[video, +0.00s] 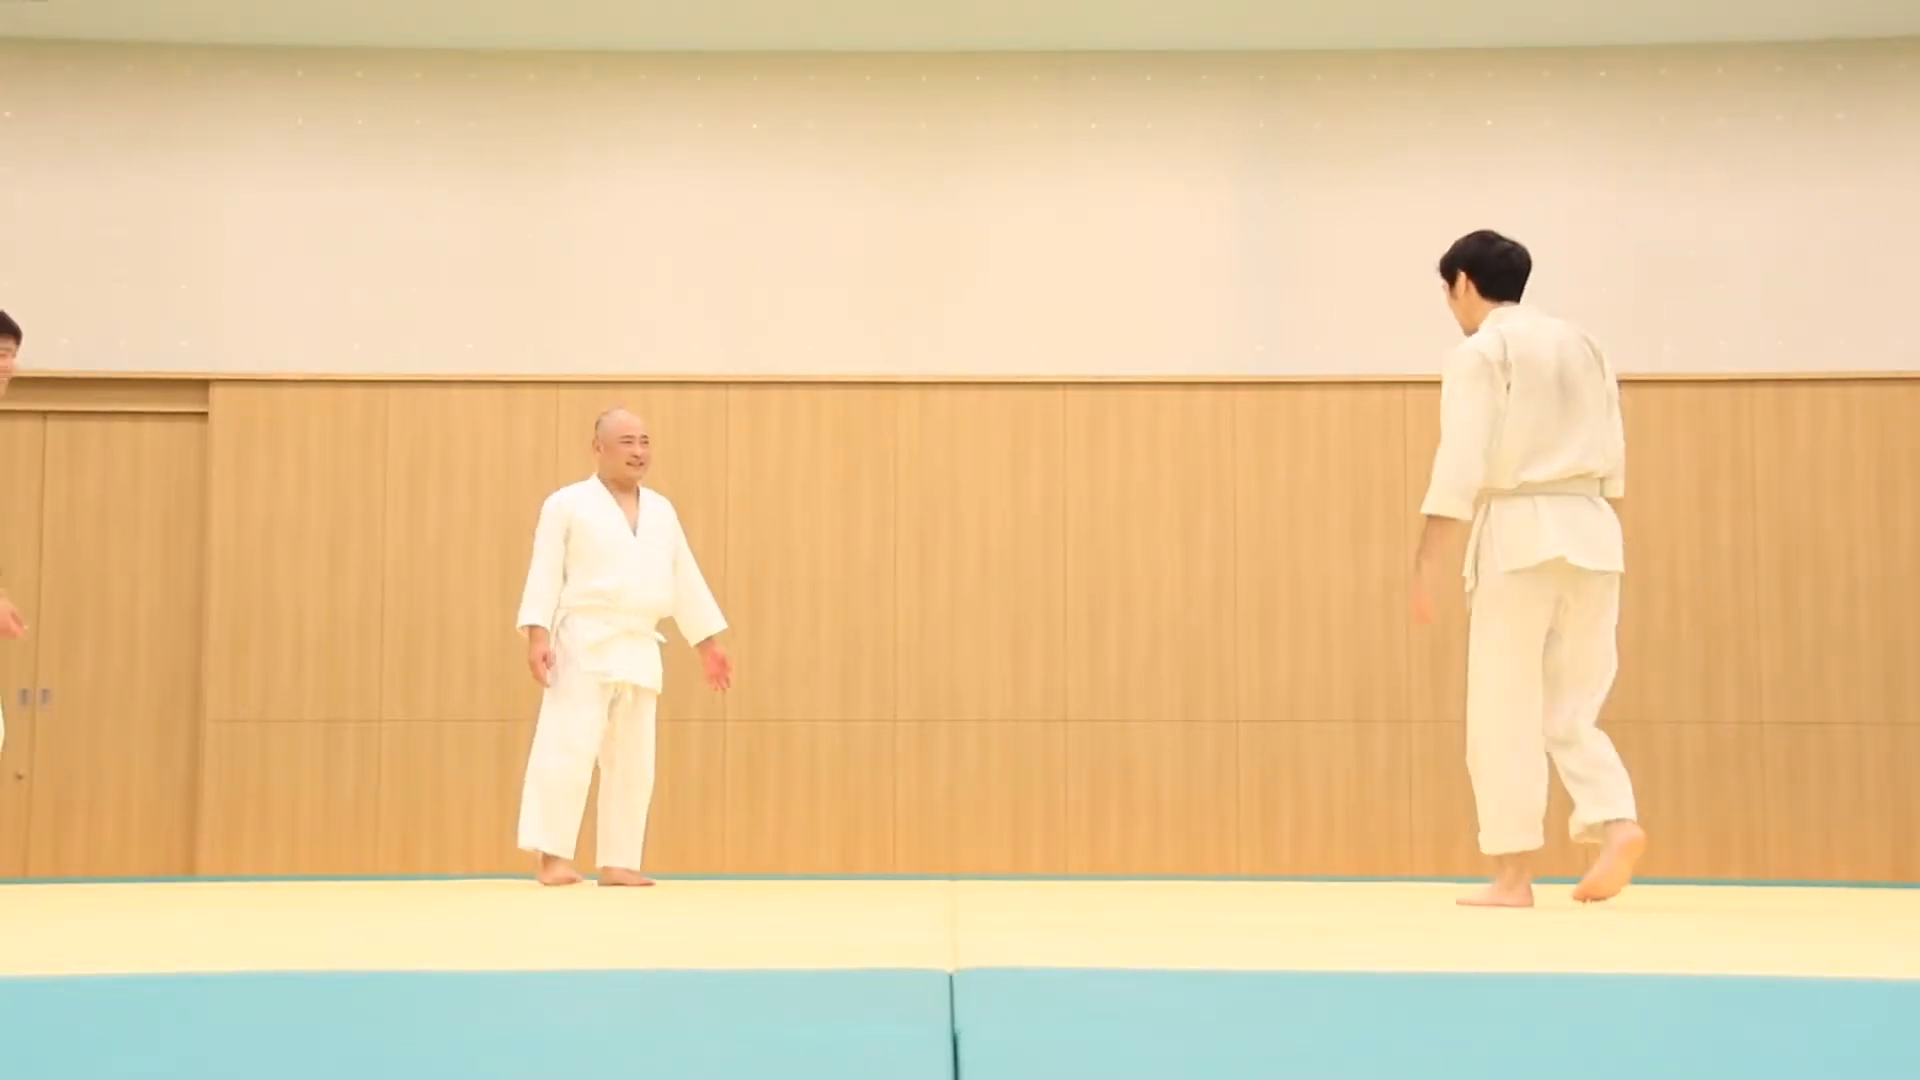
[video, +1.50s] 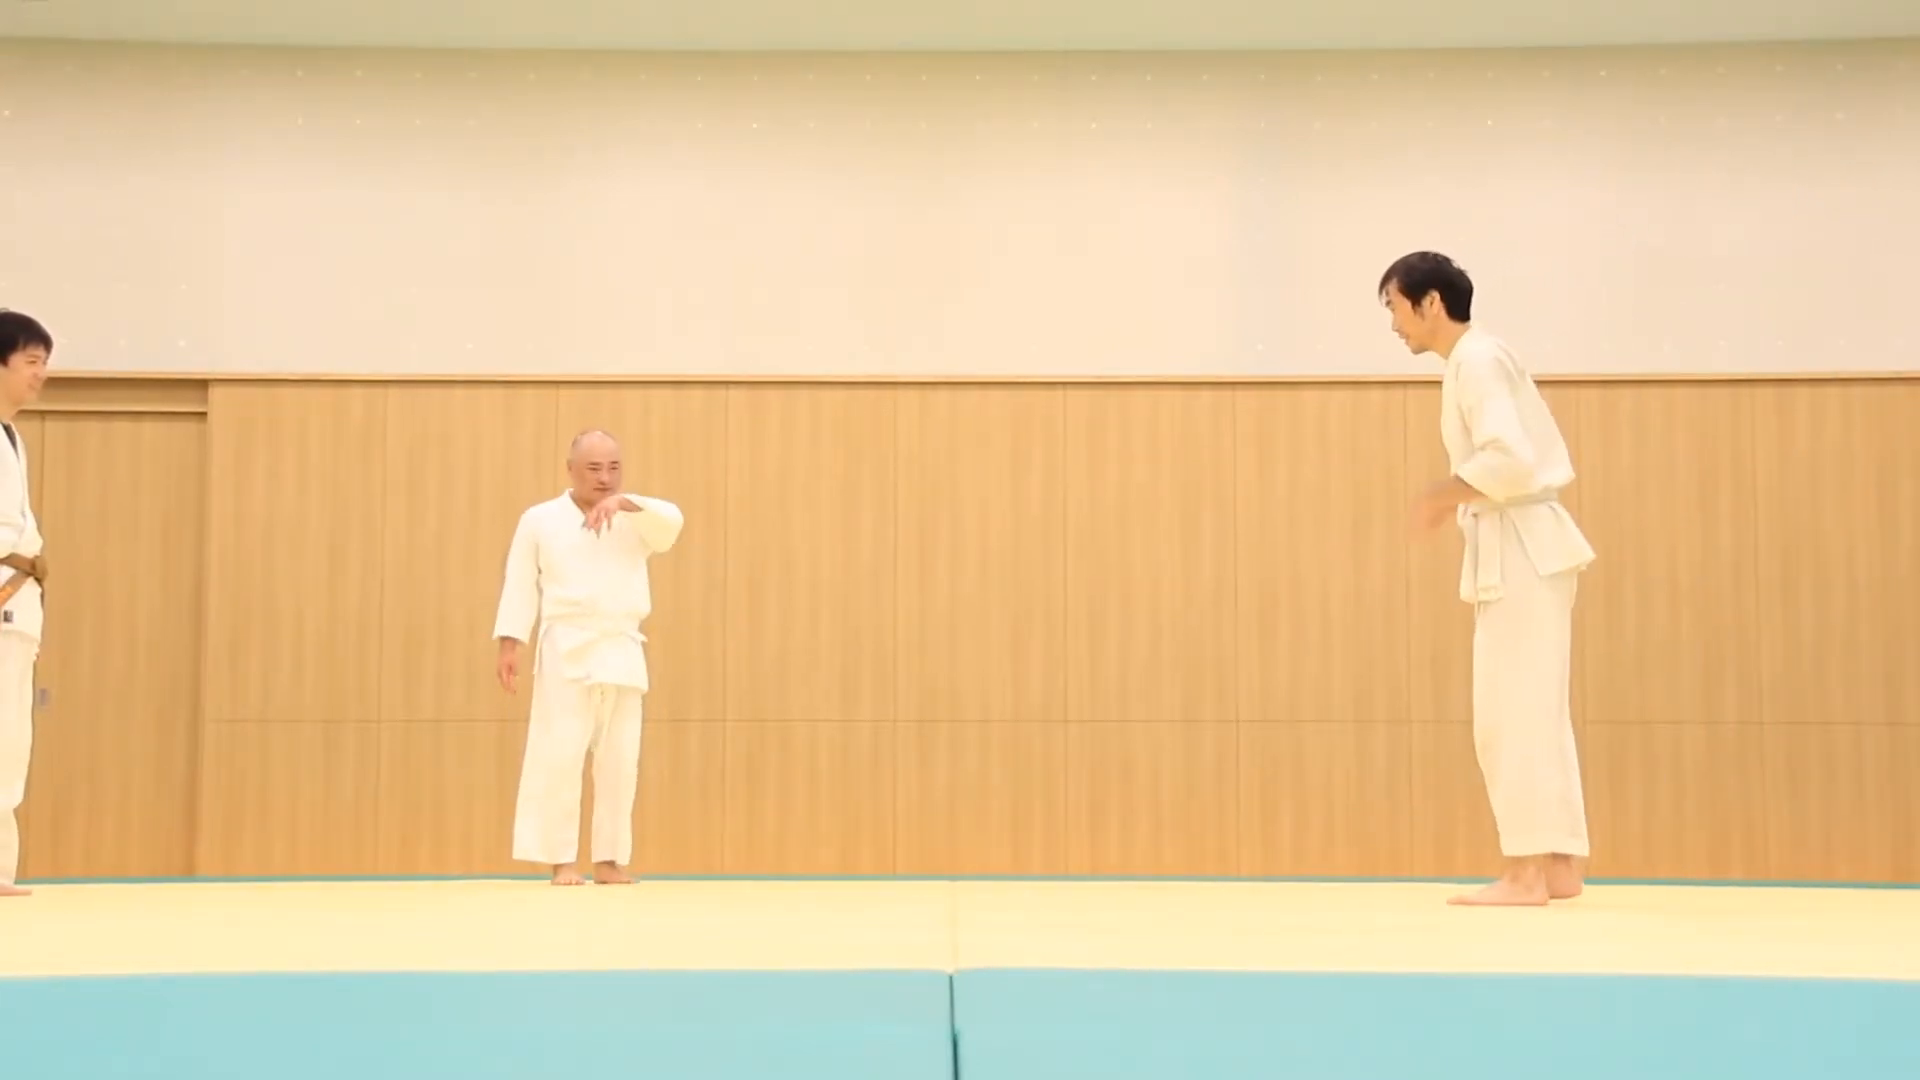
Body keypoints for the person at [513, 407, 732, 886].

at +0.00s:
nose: (639, 450)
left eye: (644, 441)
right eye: (626, 441)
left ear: (650, 449)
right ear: (598, 449)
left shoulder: (660, 509)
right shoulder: (566, 505)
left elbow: (684, 578)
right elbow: (545, 574)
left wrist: (707, 643)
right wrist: (538, 636)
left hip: (639, 648)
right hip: (580, 645)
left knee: (631, 759)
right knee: (568, 752)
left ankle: (617, 865)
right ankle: (553, 860)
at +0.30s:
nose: (633, 455)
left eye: (640, 446)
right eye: (622, 446)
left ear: (646, 454)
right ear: (594, 453)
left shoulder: (657, 516)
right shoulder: (559, 507)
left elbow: (687, 579)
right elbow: (532, 575)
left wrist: (725, 637)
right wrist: (516, 639)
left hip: (637, 648)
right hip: (576, 646)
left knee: (629, 758)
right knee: (561, 752)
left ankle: (617, 864)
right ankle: (557, 848)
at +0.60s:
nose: (609, 465)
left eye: (616, 456)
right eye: (598, 456)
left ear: (624, 463)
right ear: (573, 462)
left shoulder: (640, 516)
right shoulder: (541, 515)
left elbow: (675, 554)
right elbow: (517, 579)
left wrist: (701, 583)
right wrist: (501, 635)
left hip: (621, 650)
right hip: (559, 649)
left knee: (623, 756)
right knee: (559, 757)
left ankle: (616, 861)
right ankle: (562, 864)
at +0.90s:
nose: (597, 471)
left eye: (605, 462)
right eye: (586, 462)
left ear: (615, 467)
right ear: (563, 465)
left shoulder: (625, 511)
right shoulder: (532, 515)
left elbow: (657, 518)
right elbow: (507, 582)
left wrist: (612, 503)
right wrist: (490, 646)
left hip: (613, 647)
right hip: (553, 647)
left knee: (620, 754)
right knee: (555, 755)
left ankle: (610, 859)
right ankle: (562, 862)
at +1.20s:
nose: (599, 477)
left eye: (610, 467)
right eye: (589, 467)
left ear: (619, 471)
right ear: (568, 470)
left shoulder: (627, 515)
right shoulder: (535, 519)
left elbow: (649, 499)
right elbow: (510, 585)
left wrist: (599, 485)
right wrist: (494, 652)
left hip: (619, 651)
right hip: (560, 651)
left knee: (620, 755)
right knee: (557, 755)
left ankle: (609, 861)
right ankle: (562, 863)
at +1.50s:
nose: (604, 477)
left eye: (612, 468)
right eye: (593, 468)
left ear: (621, 472)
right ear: (570, 471)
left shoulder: (633, 519)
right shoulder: (541, 520)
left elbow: (673, 523)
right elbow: (521, 586)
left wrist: (627, 503)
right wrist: (511, 644)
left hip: (622, 650)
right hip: (565, 651)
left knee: (619, 757)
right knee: (562, 755)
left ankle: (609, 862)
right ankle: (563, 863)